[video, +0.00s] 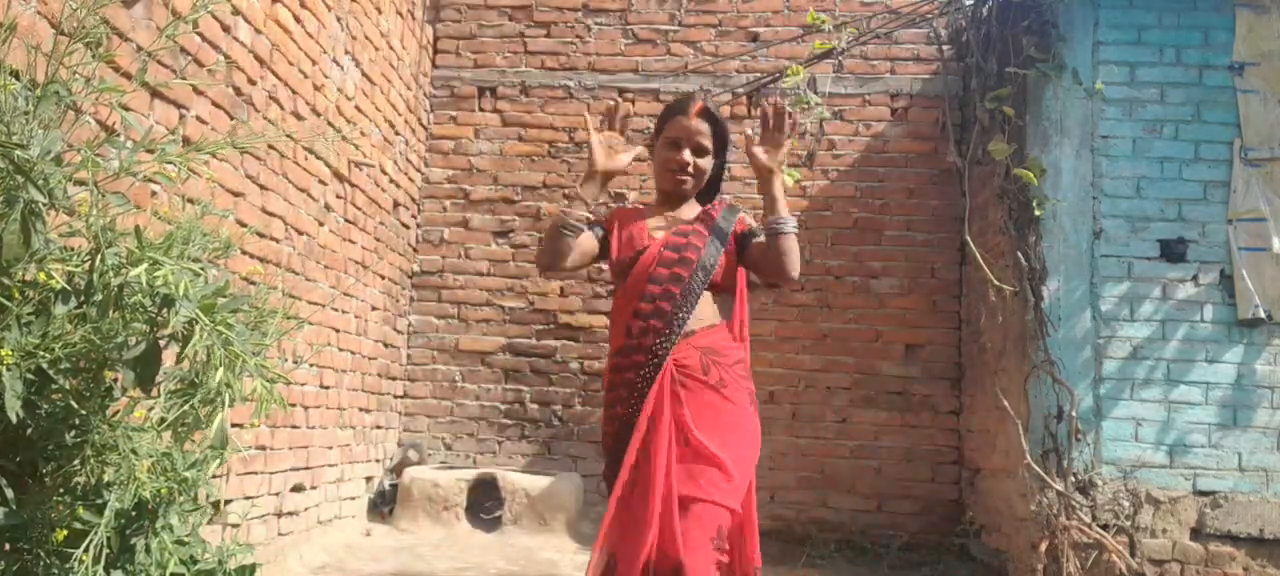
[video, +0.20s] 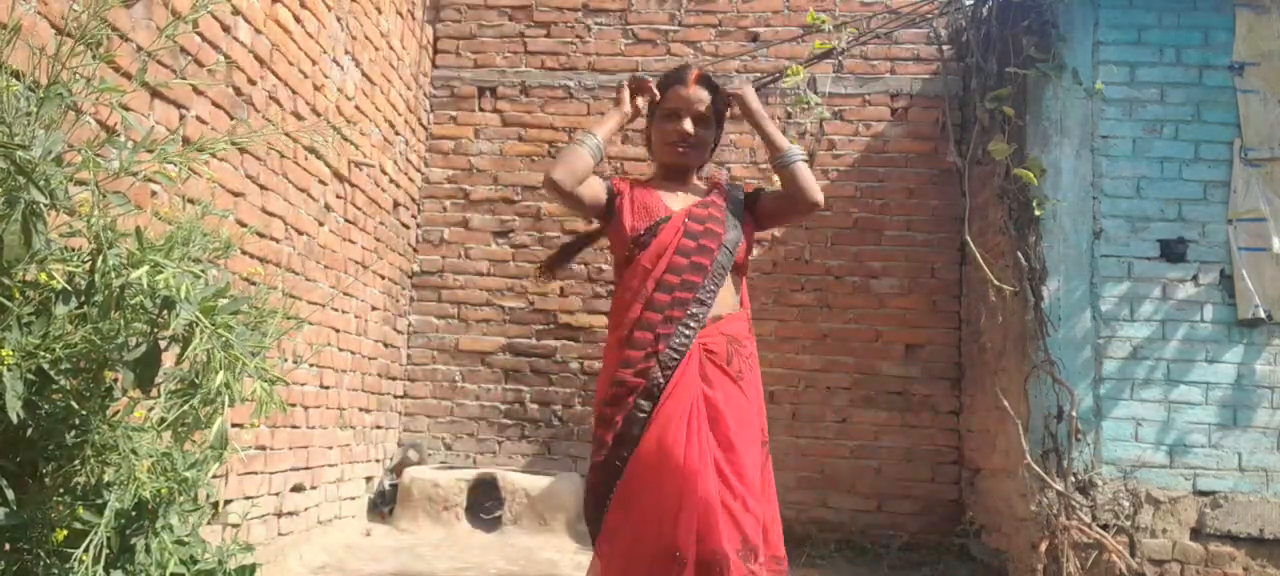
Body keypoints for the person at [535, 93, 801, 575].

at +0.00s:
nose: (684, 159)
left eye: (700, 151)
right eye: (673, 144)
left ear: (717, 163)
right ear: (652, 149)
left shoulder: (725, 222)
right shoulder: (623, 224)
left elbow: (784, 272)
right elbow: (553, 261)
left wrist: (771, 178)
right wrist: (594, 181)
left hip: (713, 390)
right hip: (637, 393)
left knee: (692, 545)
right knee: (637, 541)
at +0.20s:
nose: (685, 127)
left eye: (701, 118)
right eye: (671, 114)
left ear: (719, 132)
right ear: (649, 125)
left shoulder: (737, 203)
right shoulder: (625, 198)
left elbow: (809, 198)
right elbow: (562, 178)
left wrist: (760, 118)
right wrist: (619, 116)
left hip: (727, 367)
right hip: (647, 370)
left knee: (733, 507)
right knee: (654, 504)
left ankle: (736, 572)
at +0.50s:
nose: (685, 113)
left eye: (699, 102)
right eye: (670, 98)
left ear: (716, 112)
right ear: (646, 108)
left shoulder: (730, 190)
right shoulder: (625, 177)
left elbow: (800, 227)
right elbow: (585, 153)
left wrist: (733, 171)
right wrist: (634, 86)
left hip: (721, 381)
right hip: (636, 382)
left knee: (728, 535)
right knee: (629, 539)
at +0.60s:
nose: (681, 103)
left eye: (697, 94)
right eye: (668, 88)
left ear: (715, 107)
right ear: (646, 96)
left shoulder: (730, 167)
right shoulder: (621, 175)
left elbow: (789, 230)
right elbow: (573, 165)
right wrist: (631, 95)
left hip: (711, 368)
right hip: (625, 367)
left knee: (710, 522)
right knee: (613, 521)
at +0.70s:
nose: (680, 83)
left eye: (697, 77)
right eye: (669, 68)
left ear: (715, 95)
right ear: (646, 76)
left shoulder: (725, 147)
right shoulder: (622, 161)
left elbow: (758, 242)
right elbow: (551, 169)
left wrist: (695, 344)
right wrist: (619, 94)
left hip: (701, 370)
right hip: (617, 367)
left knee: (681, 524)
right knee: (604, 519)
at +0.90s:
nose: (669, 104)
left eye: (689, 97)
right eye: (661, 89)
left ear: (711, 115)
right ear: (646, 96)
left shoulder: (701, 170)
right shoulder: (637, 179)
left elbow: (701, 273)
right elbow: (552, 230)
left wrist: (643, 367)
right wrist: (597, 161)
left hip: (675, 392)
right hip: (627, 387)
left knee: (652, 543)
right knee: (611, 539)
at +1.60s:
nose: (687, 143)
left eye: (703, 135)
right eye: (674, 127)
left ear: (714, 151)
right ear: (644, 137)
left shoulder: (731, 210)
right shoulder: (624, 217)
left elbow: (765, 314)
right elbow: (552, 264)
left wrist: (700, 402)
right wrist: (639, 214)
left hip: (700, 410)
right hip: (619, 403)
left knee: (665, 530)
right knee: (598, 542)